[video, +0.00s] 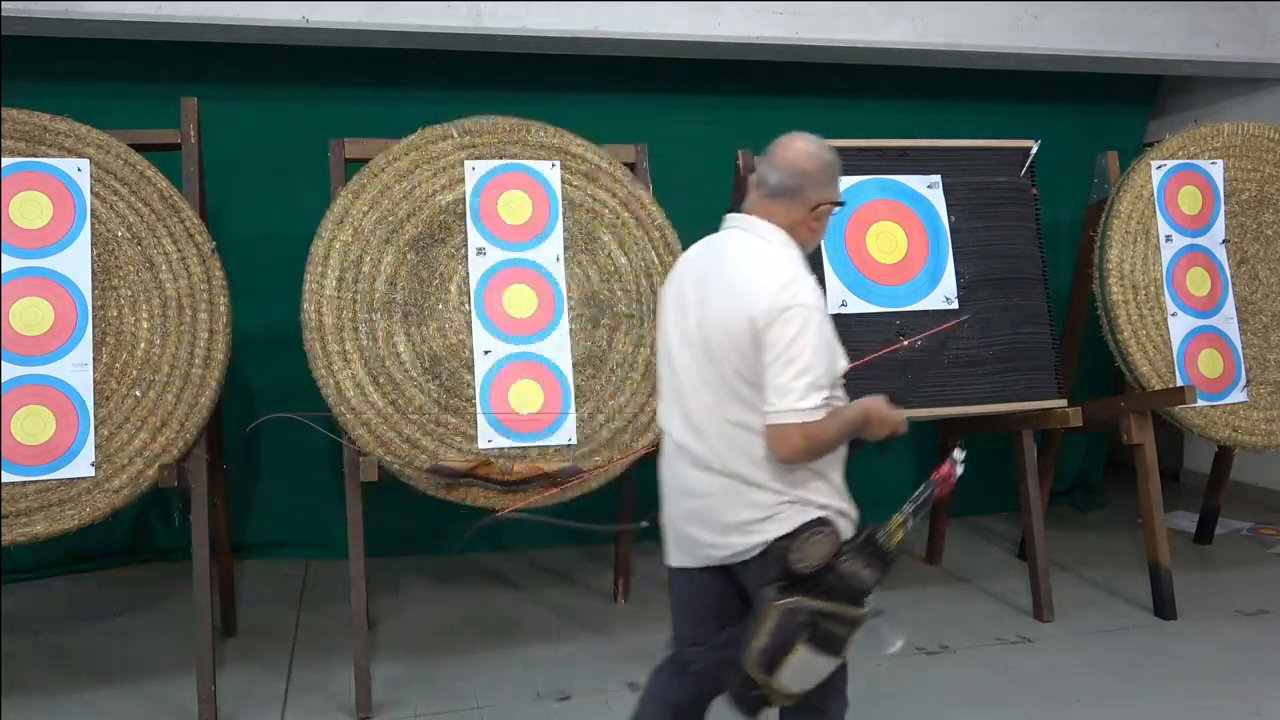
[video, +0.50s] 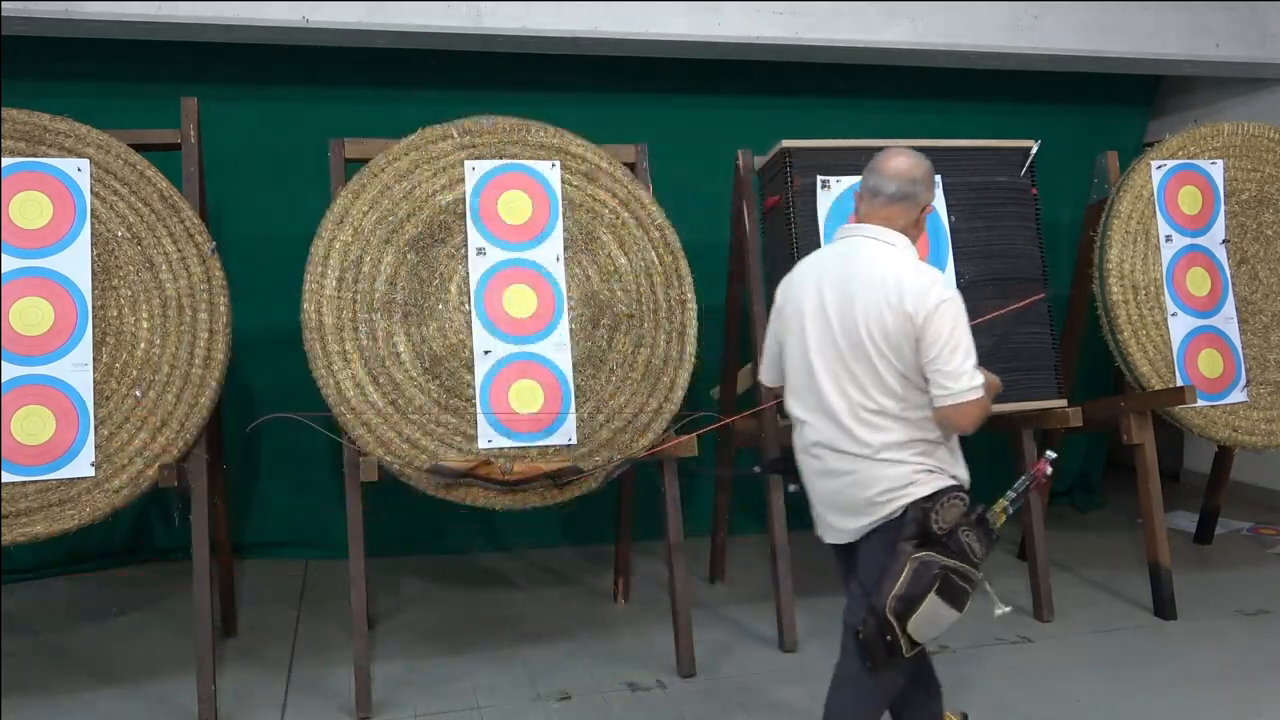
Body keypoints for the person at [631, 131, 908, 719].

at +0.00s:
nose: (827, 221)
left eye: (829, 208)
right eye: (829, 209)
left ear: (753, 186)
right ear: (816, 210)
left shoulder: (690, 264)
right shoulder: (789, 289)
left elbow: (690, 396)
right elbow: (791, 442)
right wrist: (860, 416)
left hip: (693, 525)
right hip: (780, 536)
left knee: (689, 673)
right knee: (815, 694)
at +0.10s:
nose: (855, 216)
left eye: (859, 204)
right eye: (857, 204)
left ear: (782, 181)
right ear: (844, 203)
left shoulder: (717, 258)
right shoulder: (822, 282)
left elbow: (716, 386)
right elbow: (831, 432)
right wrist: (891, 400)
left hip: (728, 507)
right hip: (810, 517)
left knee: (750, 632)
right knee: (825, 675)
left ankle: (705, 712)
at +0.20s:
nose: (880, 212)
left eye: (881, 201)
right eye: (881, 200)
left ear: (804, 182)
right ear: (872, 200)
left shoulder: (740, 257)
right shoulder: (855, 280)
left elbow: (723, 388)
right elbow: (873, 425)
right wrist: (920, 394)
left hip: (753, 494)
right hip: (833, 502)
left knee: (782, 625)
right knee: (834, 665)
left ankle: (764, 710)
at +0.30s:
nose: (898, 211)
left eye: (898, 201)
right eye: (899, 199)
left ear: (824, 186)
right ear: (893, 201)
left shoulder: (760, 263)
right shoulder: (884, 280)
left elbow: (744, 387)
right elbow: (905, 420)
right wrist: (943, 392)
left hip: (778, 497)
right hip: (858, 501)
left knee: (819, 647)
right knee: (847, 664)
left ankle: (828, 708)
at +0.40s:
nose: (916, 215)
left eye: (914, 205)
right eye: (916, 205)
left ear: (843, 190)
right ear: (909, 209)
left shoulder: (780, 270)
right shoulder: (907, 286)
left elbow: (765, 385)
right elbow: (937, 419)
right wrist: (966, 391)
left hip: (800, 497)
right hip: (882, 499)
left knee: (855, 628)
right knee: (854, 651)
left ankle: (894, 704)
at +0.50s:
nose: (927, 219)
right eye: (927, 209)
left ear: (857, 200)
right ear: (922, 213)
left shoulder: (797, 280)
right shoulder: (926, 289)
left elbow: (774, 384)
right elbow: (960, 416)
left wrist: (843, 378)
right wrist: (986, 388)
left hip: (830, 495)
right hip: (909, 494)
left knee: (892, 633)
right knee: (870, 642)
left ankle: (925, 714)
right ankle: (846, 715)